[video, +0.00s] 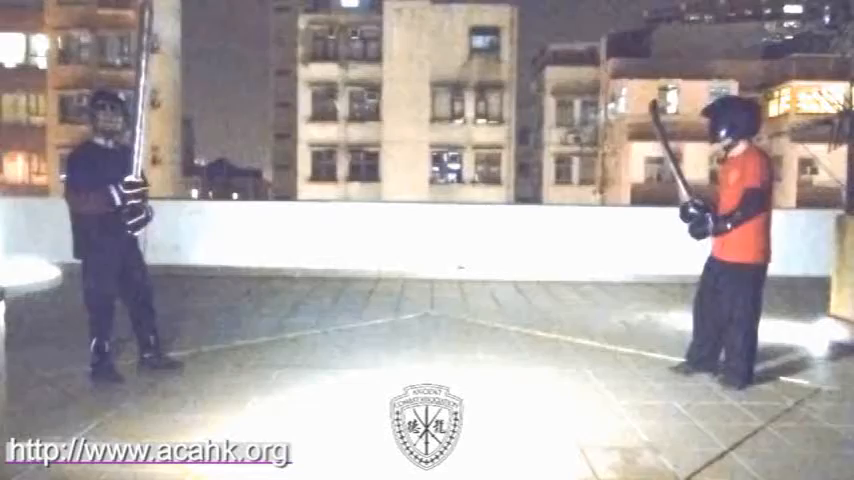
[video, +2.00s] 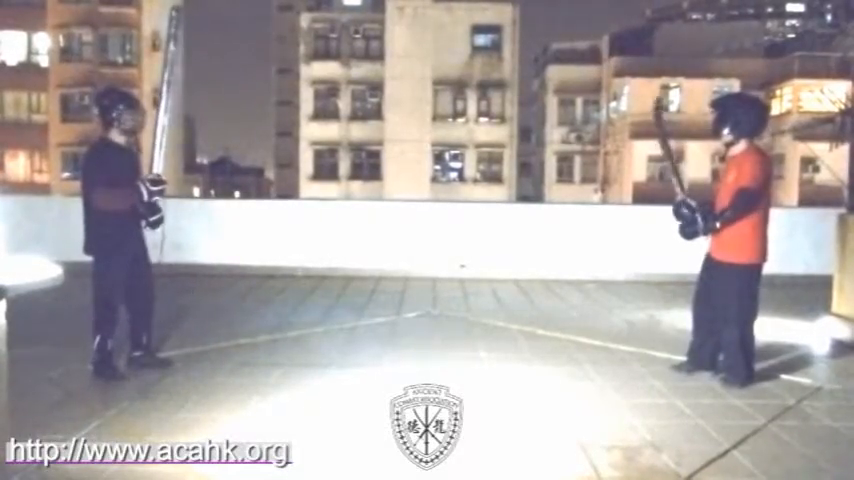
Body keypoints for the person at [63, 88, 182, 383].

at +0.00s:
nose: (108, 117)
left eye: (114, 111)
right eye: (102, 111)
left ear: (123, 117)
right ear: (91, 117)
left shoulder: (125, 156)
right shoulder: (81, 157)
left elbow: (136, 193)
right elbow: (78, 202)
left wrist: (143, 211)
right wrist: (115, 196)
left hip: (125, 238)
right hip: (96, 241)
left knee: (140, 293)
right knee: (101, 299)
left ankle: (150, 351)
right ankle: (100, 359)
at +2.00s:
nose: (136, 119)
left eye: (137, 114)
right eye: (130, 114)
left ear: (135, 117)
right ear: (114, 116)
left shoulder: (129, 154)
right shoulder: (99, 155)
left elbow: (127, 191)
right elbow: (99, 198)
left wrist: (146, 192)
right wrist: (139, 198)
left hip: (131, 236)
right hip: (106, 239)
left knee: (141, 290)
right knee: (107, 296)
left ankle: (141, 348)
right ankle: (102, 354)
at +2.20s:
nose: (134, 119)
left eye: (135, 113)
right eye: (128, 113)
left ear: (135, 116)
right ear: (112, 117)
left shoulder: (129, 152)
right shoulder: (98, 155)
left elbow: (130, 190)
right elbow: (97, 200)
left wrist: (148, 190)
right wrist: (135, 199)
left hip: (130, 235)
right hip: (105, 238)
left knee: (141, 292)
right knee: (107, 296)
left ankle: (139, 350)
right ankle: (101, 355)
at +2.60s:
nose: (137, 121)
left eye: (137, 115)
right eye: (131, 115)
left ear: (128, 119)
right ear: (115, 119)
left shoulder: (127, 154)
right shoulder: (100, 157)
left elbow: (128, 191)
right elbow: (100, 202)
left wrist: (148, 193)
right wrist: (140, 204)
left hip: (131, 236)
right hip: (107, 240)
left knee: (141, 291)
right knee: (108, 296)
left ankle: (140, 350)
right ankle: (102, 355)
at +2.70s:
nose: (137, 123)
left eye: (137, 118)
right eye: (131, 118)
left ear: (128, 121)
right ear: (115, 121)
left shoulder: (127, 156)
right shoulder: (101, 160)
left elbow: (129, 195)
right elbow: (101, 205)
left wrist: (148, 200)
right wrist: (141, 204)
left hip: (131, 238)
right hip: (108, 242)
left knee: (142, 293)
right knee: (111, 297)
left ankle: (141, 352)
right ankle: (103, 358)